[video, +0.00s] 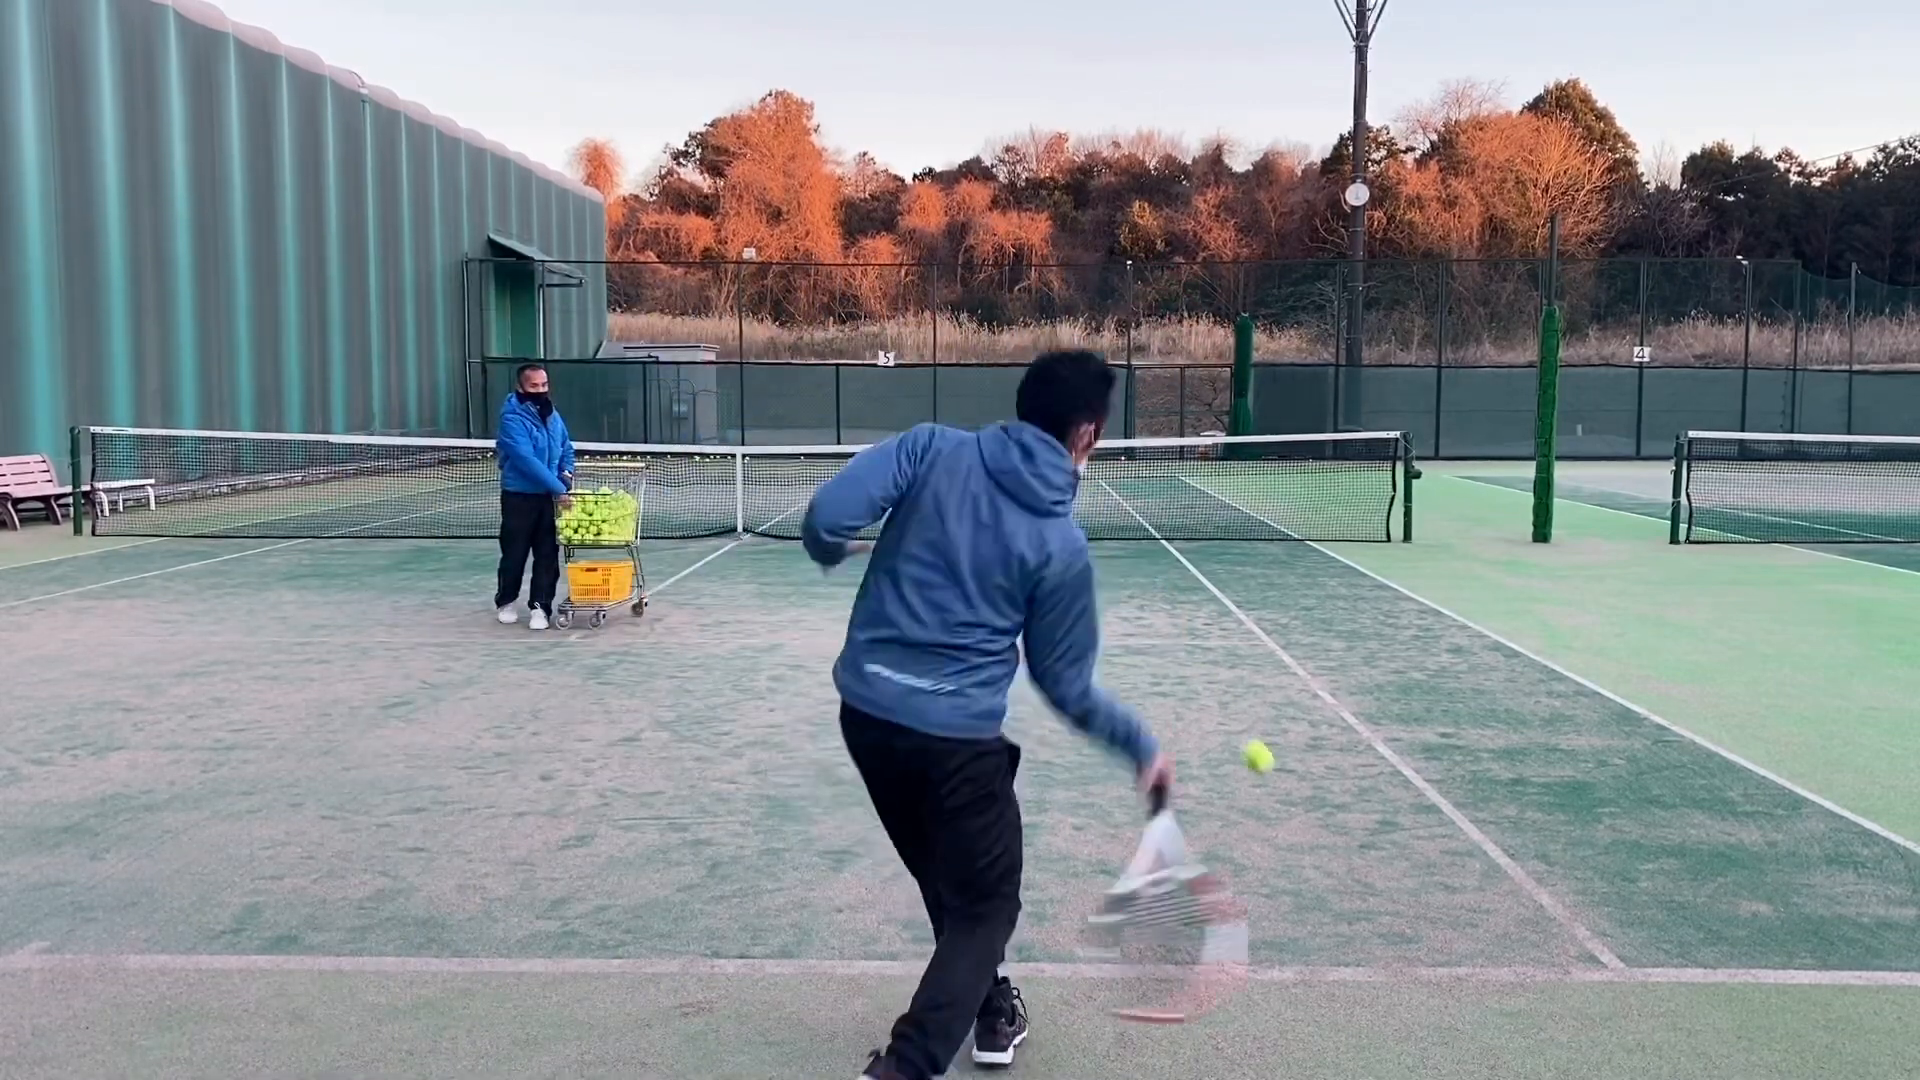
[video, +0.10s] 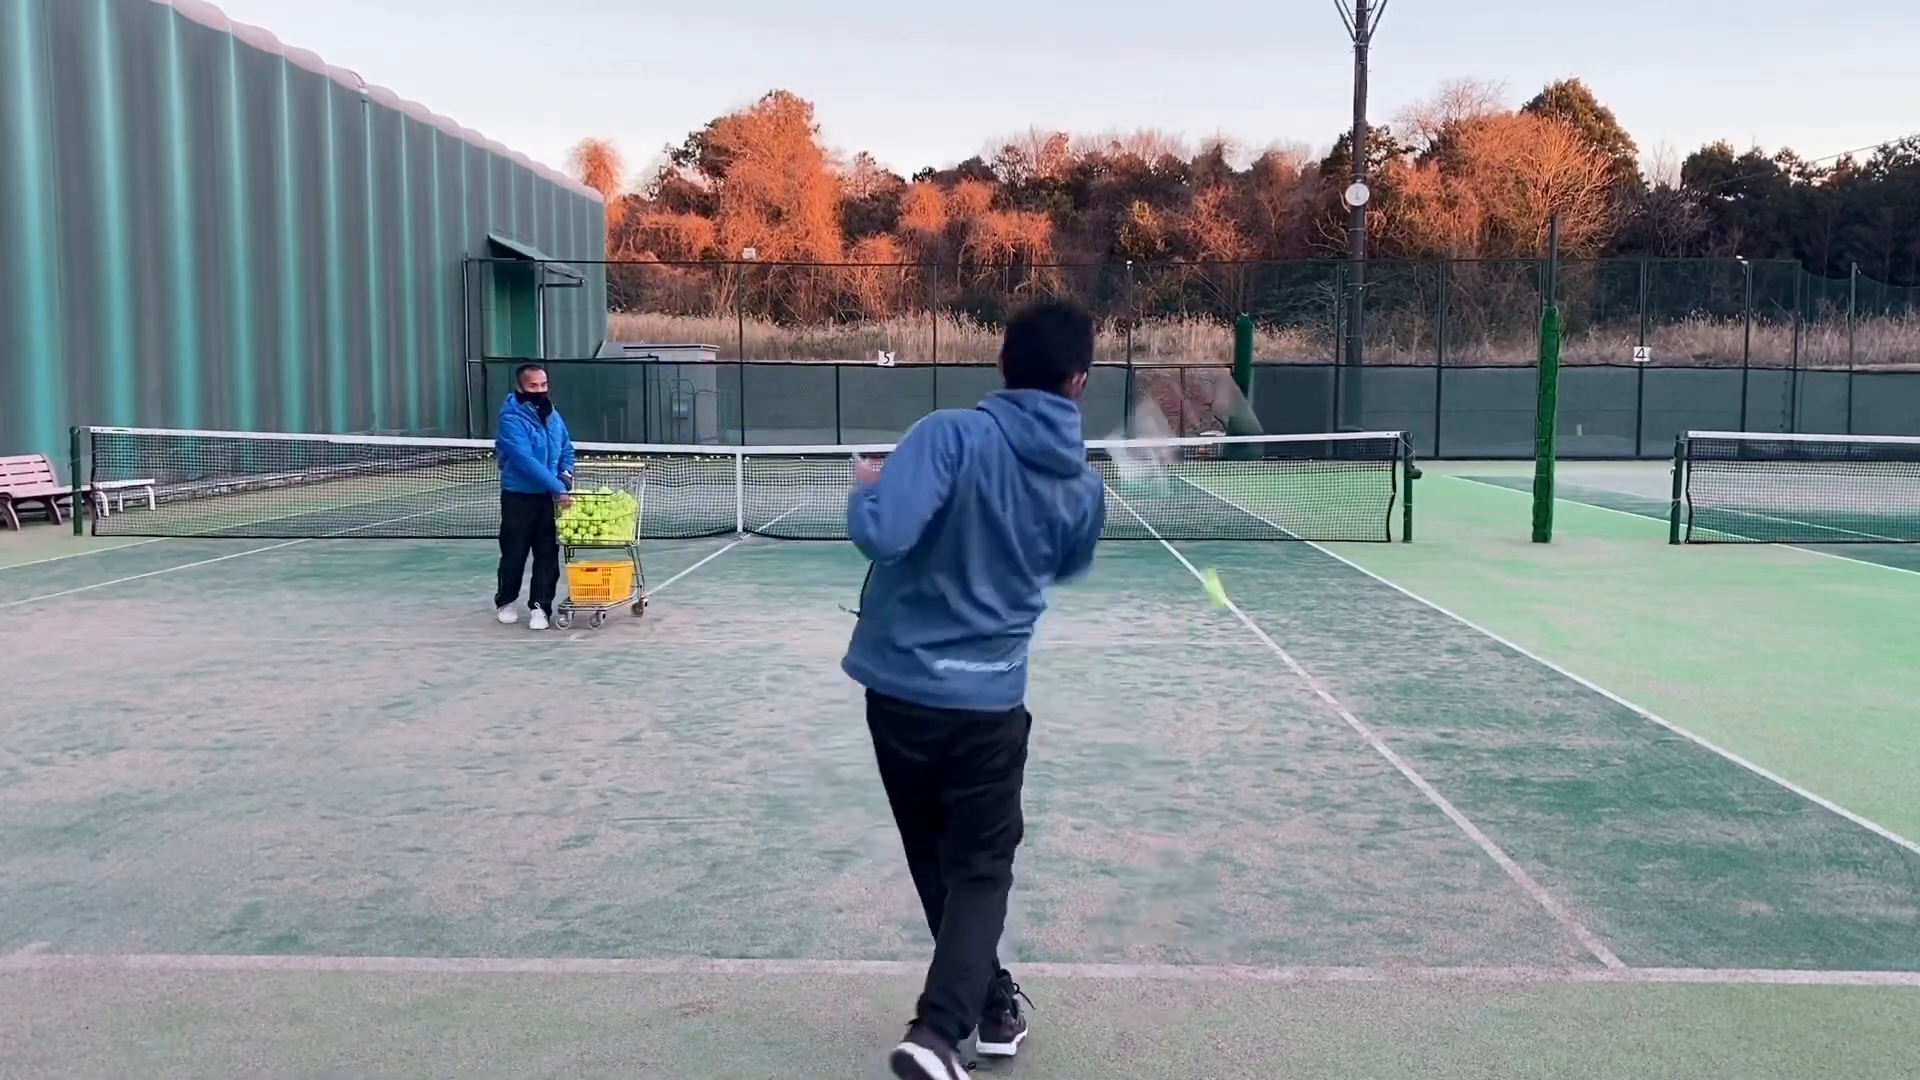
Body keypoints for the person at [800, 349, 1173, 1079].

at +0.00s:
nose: (1097, 441)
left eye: (1101, 427)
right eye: (1099, 428)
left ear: (1020, 411)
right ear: (1083, 433)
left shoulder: (933, 446)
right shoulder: (1058, 544)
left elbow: (826, 515)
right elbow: (1065, 681)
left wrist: (828, 548)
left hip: (865, 711)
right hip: (957, 737)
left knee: (943, 875)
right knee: (988, 902)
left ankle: (993, 1015)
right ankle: (903, 1067)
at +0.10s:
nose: (1086, 384)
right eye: (1086, 373)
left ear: (1002, 366)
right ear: (1079, 379)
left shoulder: (946, 434)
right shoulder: (1079, 483)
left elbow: (887, 532)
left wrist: (867, 490)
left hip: (898, 691)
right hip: (991, 701)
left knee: (934, 861)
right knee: (983, 870)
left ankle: (995, 1010)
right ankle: (934, 1039)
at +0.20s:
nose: (985, 330)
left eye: (992, 322)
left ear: (994, 336)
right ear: (1074, 345)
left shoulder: (962, 415)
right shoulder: (1077, 419)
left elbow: (937, 529)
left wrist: (882, 485)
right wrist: (925, 319)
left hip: (928, 674)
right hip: (1015, 678)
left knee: (950, 846)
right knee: (1009, 843)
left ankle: (998, 1003)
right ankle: (992, 1022)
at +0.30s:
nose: (981, 319)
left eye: (985, 309)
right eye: (987, 308)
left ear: (992, 320)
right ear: (1064, 324)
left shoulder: (971, 401)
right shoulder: (1068, 391)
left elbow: (959, 525)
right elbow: (1001, 362)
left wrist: (897, 479)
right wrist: (931, 338)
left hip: (950, 665)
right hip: (1035, 662)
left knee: (965, 836)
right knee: (1046, 836)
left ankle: (1002, 1003)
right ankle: (1058, 1019)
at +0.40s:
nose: (969, 330)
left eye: (973, 320)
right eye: (975, 318)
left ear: (978, 330)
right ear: (1052, 326)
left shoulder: (972, 410)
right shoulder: (1064, 397)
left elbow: (976, 535)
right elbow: (990, 386)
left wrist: (913, 509)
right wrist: (910, 392)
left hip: (966, 677)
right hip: (1049, 669)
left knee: (978, 842)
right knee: (1072, 834)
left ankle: (1022, 1010)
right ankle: (1114, 1012)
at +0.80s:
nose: (843, 394)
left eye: (844, 383)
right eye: (930, 377)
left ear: (850, 389)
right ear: (927, 384)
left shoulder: (845, 477)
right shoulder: (967, 470)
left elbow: (826, 604)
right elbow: (1013, 584)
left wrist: (811, 556)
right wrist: (925, 591)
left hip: (886, 735)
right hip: (980, 722)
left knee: (799, 864)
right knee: (1036, 864)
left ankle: (810, 1044)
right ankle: (1142, 1016)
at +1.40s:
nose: (657, 381)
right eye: (653, 371)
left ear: (564, 384)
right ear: (647, 385)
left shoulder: (511, 478)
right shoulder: (678, 493)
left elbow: (453, 593)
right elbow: (719, 622)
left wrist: (534, 586)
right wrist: (633, 618)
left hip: (529, 761)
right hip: (651, 763)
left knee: (449, 900)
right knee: (722, 909)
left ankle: (363, 1061)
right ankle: (772, 1065)